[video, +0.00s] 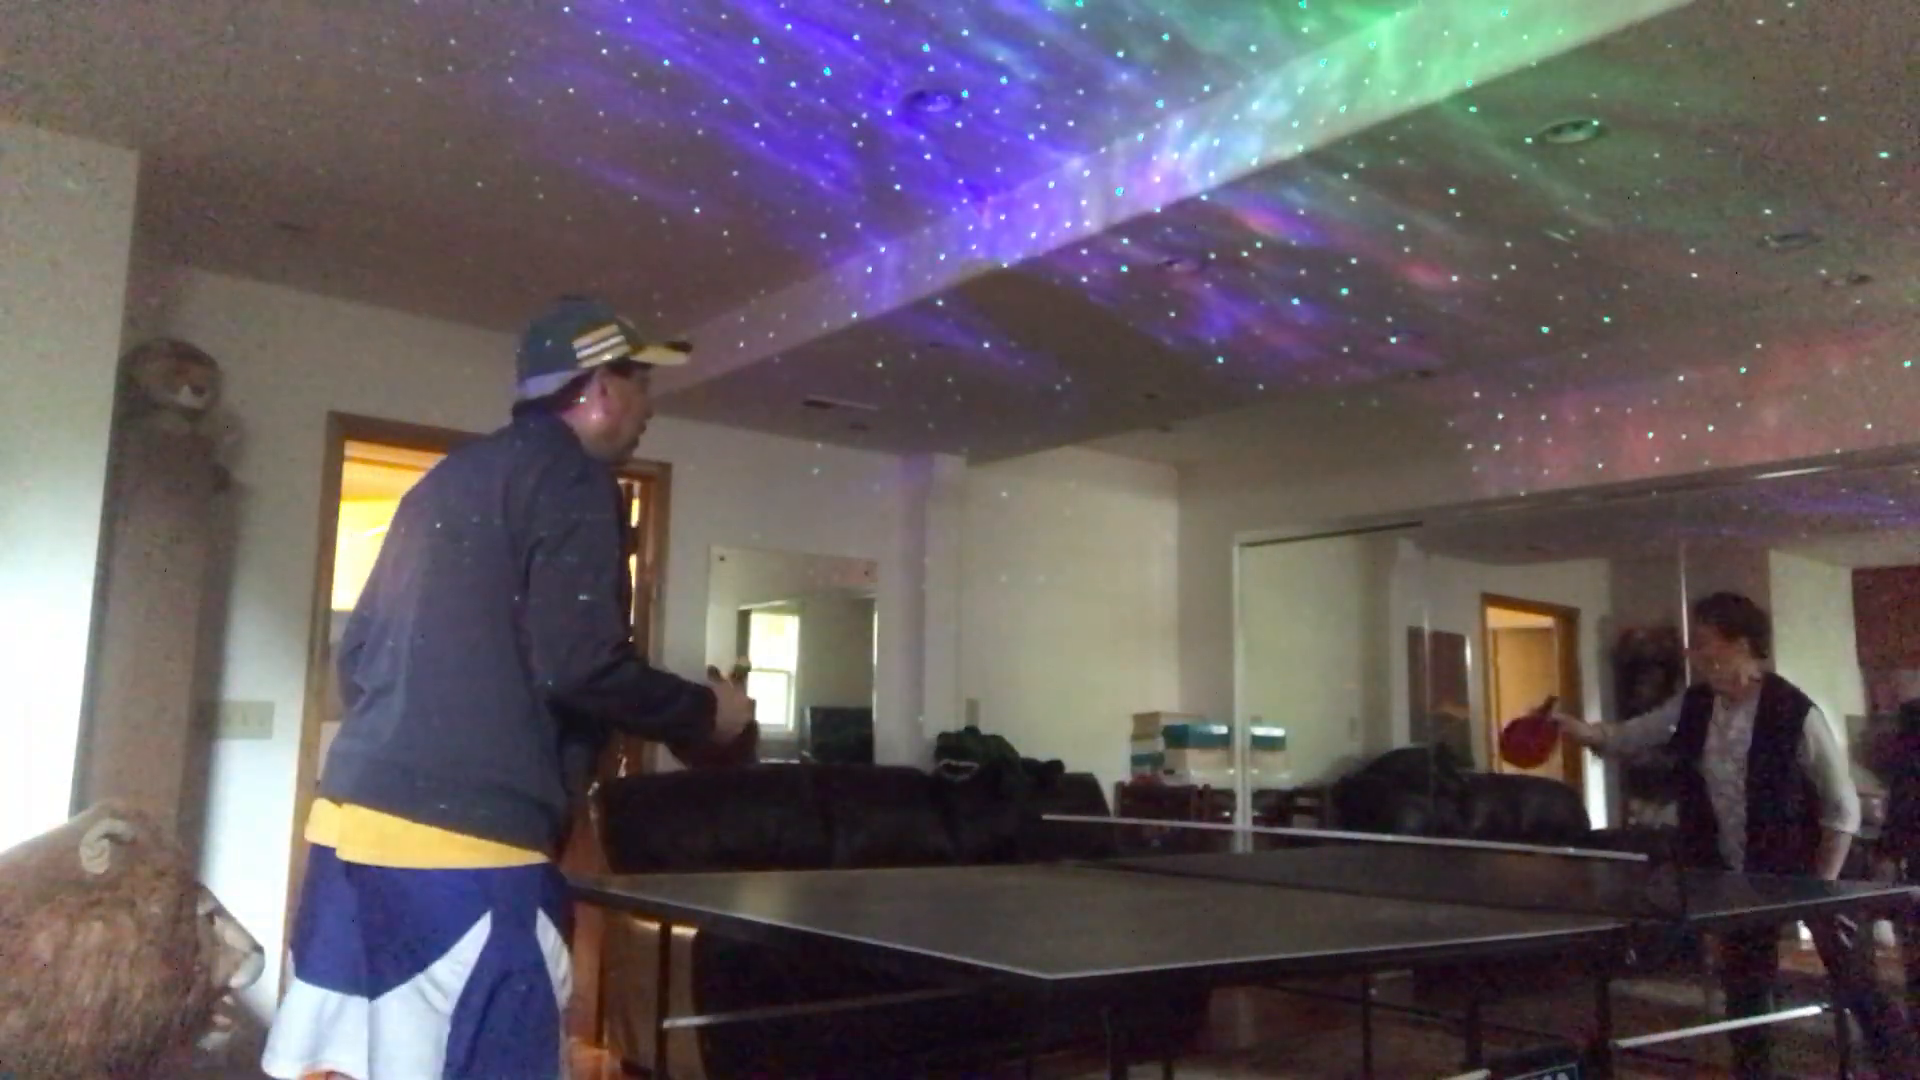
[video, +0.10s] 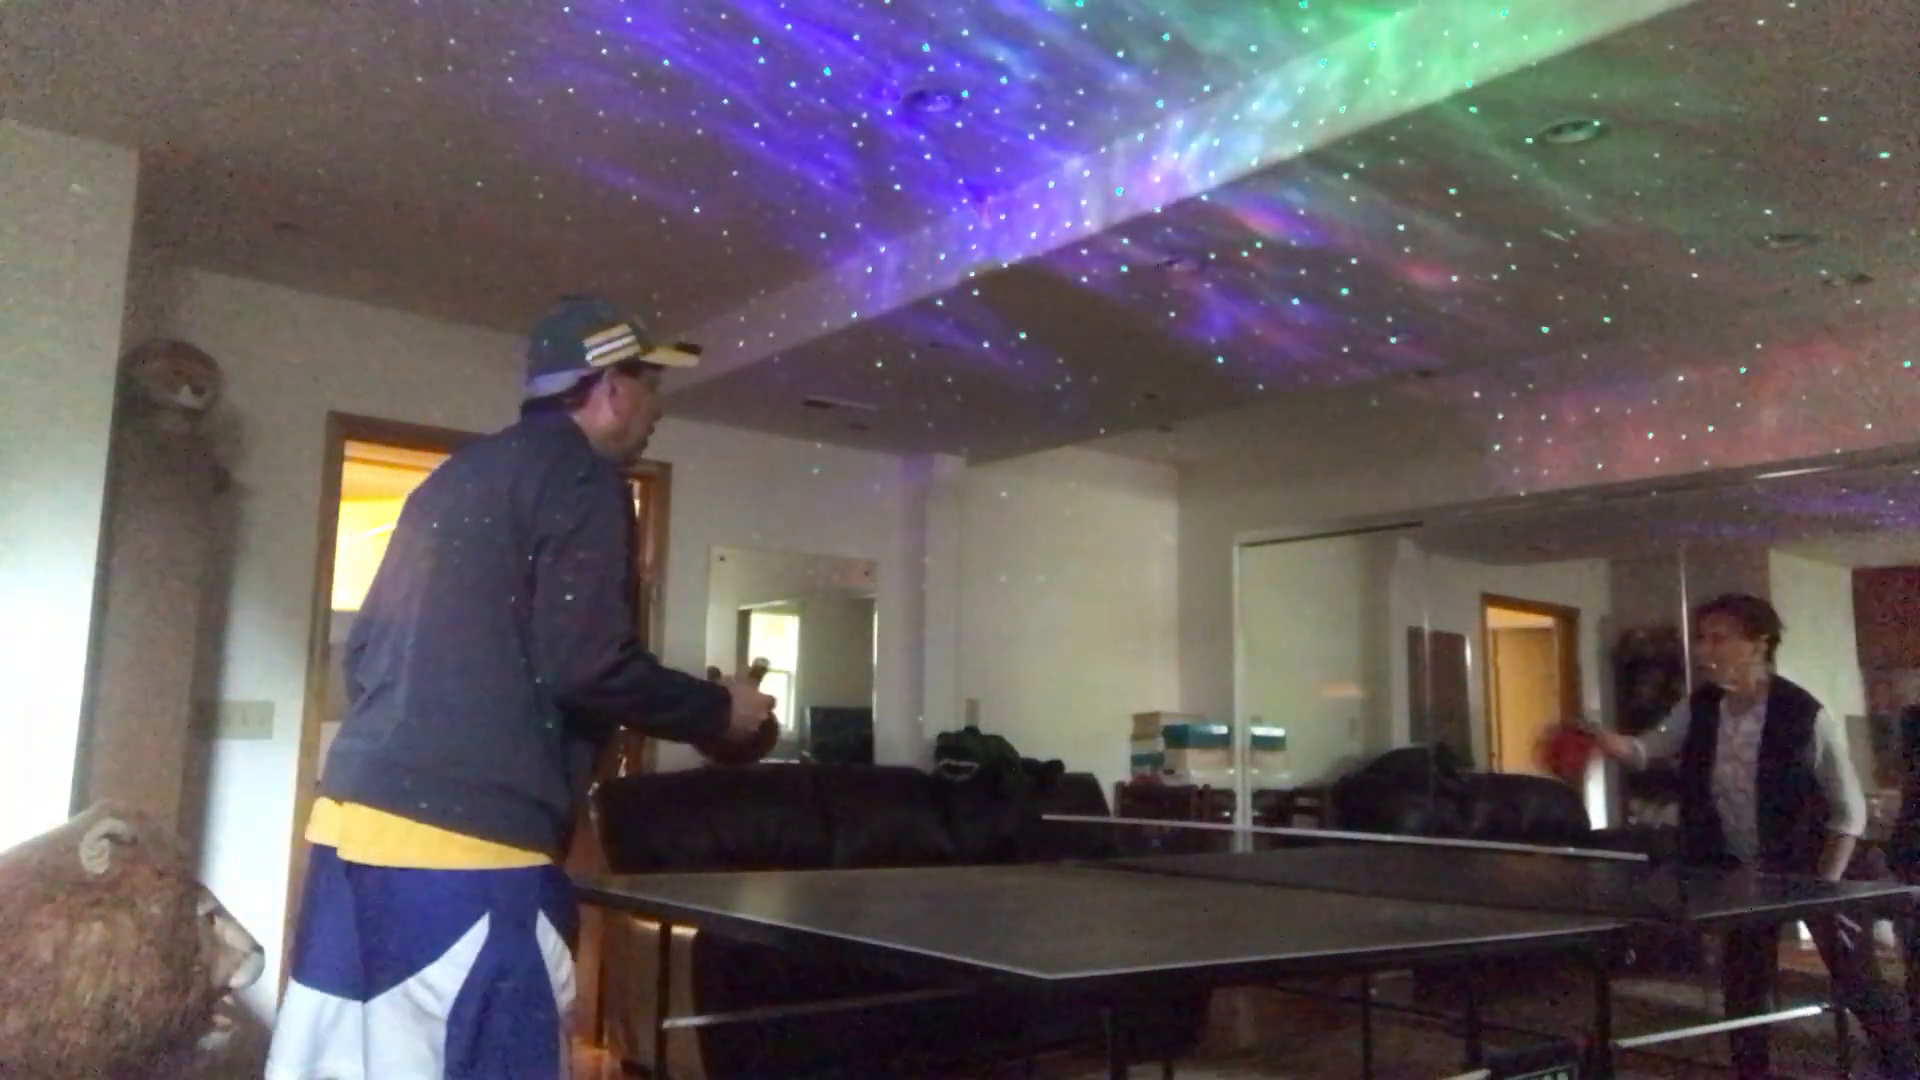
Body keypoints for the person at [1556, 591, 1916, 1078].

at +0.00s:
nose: (1695, 654)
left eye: (1705, 642)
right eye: (1694, 643)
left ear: (1742, 645)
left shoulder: (1796, 711)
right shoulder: (1692, 707)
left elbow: (1842, 808)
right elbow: (1625, 737)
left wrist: (1821, 888)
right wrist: (1562, 724)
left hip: (1808, 873)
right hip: (1738, 879)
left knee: (1858, 987)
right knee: (1745, 995)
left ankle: (1899, 1067)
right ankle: (1750, 1071)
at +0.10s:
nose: (1707, 651)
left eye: (1719, 639)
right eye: (1703, 640)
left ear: (1759, 643)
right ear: (1702, 647)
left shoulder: (1803, 712)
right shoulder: (1699, 707)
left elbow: (1849, 809)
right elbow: (1650, 749)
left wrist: (1824, 890)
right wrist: (1602, 739)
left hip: (1807, 862)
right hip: (1739, 869)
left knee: (1860, 983)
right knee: (1744, 988)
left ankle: (1902, 1067)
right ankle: (1750, 1069)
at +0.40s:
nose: (1714, 662)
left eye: (1729, 649)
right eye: (1710, 651)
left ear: (1769, 655)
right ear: (1705, 660)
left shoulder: (1813, 720)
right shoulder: (1706, 726)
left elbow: (1864, 816)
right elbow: (1686, 811)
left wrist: (1846, 895)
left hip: (1821, 876)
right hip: (1750, 880)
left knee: (1863, 971)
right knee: (1742, 975)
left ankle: (1904, 1062)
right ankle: (1748, 1065)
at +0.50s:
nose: (1717, 666)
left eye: (1732, 653)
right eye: (1711, 654)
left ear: (1770, 659)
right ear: (1703, 661)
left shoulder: (1814, 720)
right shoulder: (1706, 725)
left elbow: (1868, 812)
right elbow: (1697, 811)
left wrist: (1846, 895)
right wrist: (1709, 881)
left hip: (1824, 875)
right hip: (1754, 880)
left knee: (1868, 954)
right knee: (1744, 960)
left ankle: (1905, 1052)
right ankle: (1748, 1061)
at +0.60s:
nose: (1724, 665)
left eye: (1740, 653)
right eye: (1720, 653)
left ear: (1779, 660)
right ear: (1714, 662)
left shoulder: (1822, 724)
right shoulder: (1709, 727)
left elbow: (1876, 812)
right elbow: (1701, 813)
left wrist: (1858, 892)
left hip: (1827, 878)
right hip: (1754, 881)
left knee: (1880, 977)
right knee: (1743, 990)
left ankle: (1916, 1053)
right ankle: (1748, 1068)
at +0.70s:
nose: (1737, 666)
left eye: (1752, 653)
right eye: (1732, 654)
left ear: (1791, 663)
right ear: (1724, 662)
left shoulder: (1839, 728)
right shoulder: (1723, 729)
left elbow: (1889, 822)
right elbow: (1714, 819)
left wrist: (1872, 901)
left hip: (1839, 884)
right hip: (1764, 886)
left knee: (1892, 977)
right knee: (1748, 998)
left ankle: (1916, 1045)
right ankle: (1752, 1070)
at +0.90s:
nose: (1756, 664)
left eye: (1770, 650)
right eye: (1749, 652)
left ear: (1809, 658)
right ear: (1742, 660)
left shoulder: (1856, 720)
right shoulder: (1744, 724)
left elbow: (1907, 807)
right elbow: (1738, 804)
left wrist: (1891, 893)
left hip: (1860, 883)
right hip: (1784, 887)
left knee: (1905, 988)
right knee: (1760, 1004)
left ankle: (1919, 1051)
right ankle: (1759, 1070)